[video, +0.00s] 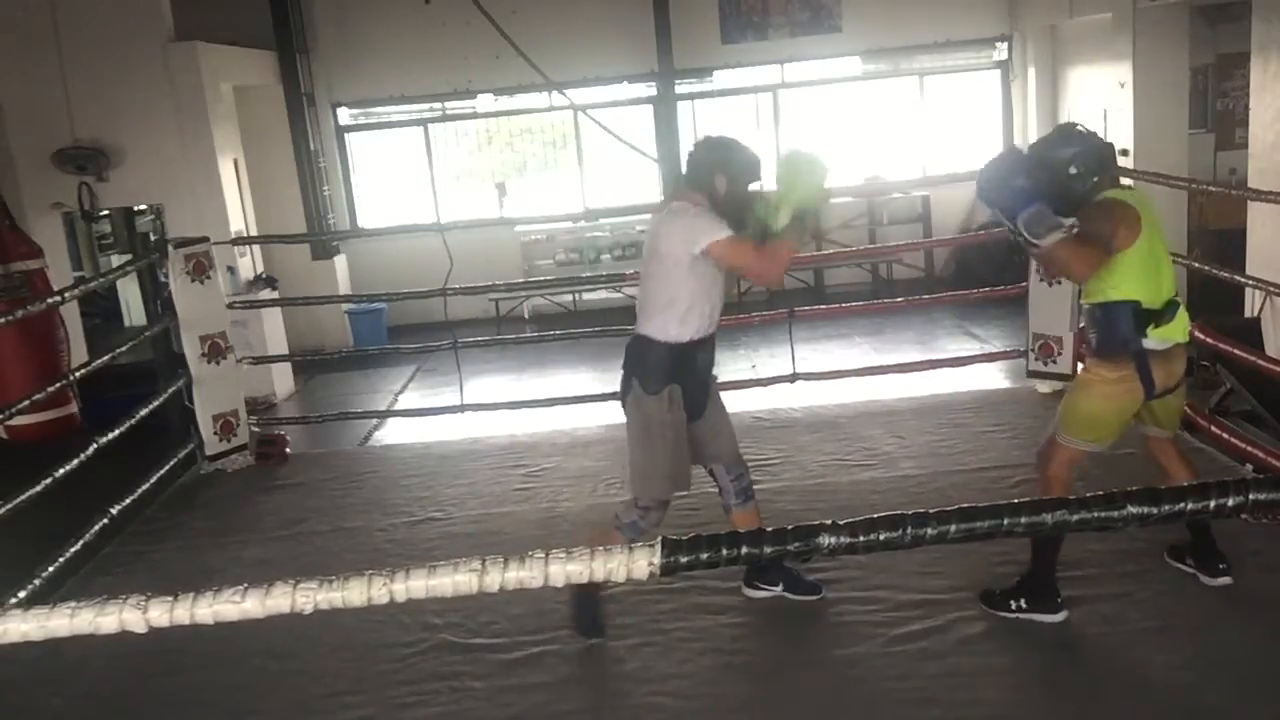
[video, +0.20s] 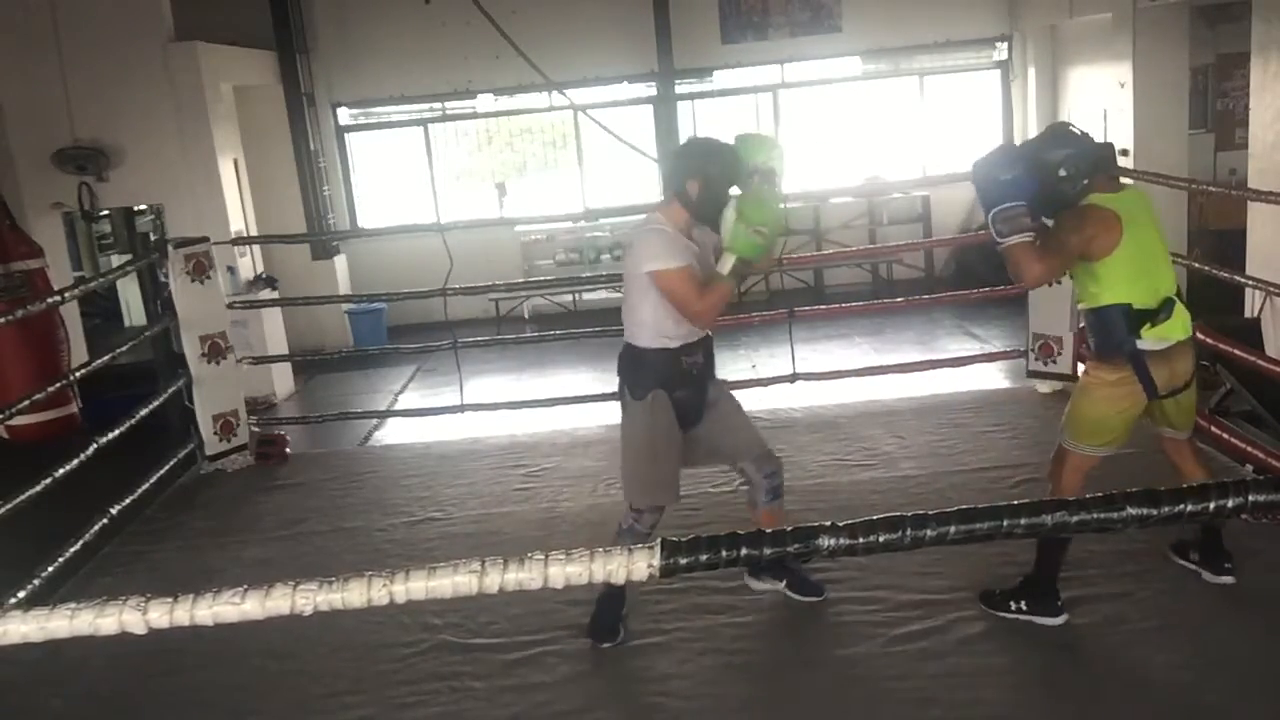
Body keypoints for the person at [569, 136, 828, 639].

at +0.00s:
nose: (743, 193)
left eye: (745, 184)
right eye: (739, 184)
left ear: (705, 177)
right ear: (716, 179)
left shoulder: (690, 216)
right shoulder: (687, 222)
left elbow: (749, 260)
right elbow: (768, 269)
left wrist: (767, 217)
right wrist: (795, 211)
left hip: (689, 368)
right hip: (656, 372)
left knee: (732, 472)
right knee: (651, 500)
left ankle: (760, 567)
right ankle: (586, 575)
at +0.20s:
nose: (725, 199)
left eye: (728, 189)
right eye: (719, 189)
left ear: (700, 188)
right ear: (692, 185)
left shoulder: (703, 237)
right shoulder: (652, 241)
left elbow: (747, 262)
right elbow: (701, 310)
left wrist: (759, 206)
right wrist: (739, 259)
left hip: (696, 378)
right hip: (650, 384)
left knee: (763, 469)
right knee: (647, 507)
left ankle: (773, 559)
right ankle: (611, 597)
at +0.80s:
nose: (778, 278)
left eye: (777, 269)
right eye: (770, 270)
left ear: (751, 271)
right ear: (737, 275)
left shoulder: (767, 306)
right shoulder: (687, 334)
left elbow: (790, 356)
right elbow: (725, 409)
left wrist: (831, 369)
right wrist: (767, 360)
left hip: (764, 429)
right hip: (705, 446)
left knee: (853, 482)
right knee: (669, 536)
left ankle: (897, 567)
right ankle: (620, 593)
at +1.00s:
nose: (763, 231)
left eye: (763, 220)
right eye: (755, 220)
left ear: (724, 220)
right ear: (725, 220)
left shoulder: (738, 263)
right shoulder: (676, 285)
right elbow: (716, 358)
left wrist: (797, 296)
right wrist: (767, 317)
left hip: (750, 394)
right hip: (697, 410)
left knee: (837, 467)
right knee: (667, 524)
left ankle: (878, 562)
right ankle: (619, 594)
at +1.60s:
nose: (829, 248)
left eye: (831, 237)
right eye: (825, 237)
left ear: (788, 236)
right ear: (799, 237)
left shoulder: (781, 282)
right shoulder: (758, 286)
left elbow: (811, 341)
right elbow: (820, 354)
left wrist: (839, 293)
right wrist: (844, 298)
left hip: (778, 424)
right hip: (735, 431)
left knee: (869, 483)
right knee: (727, 547)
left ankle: (910, 569)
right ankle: (621, 596)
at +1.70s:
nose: (828, 244)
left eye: (832, 233)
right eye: (824, 233)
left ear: (799, 230)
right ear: (792, 227)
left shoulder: (801, 274)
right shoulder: (748, 278)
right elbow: (791, 355)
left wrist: (859, 256)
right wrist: (833, 309)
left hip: (786, 414)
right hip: (737, 419)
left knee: (874, 478)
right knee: (714, 540)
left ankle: (909, 571)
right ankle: (621, 595)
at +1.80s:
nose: (843, 217)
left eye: (845, 206)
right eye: (837, 206)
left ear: (809, 207)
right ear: (808, 205)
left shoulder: (818, 251)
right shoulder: (758, 259)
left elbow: (893, 263)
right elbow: (794, 339)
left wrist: (886, 208)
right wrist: (839, 292)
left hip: (804, 393)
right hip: (753, 397)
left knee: (886, 480)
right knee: (717, 520)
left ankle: (912, 570)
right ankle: (639, 583)